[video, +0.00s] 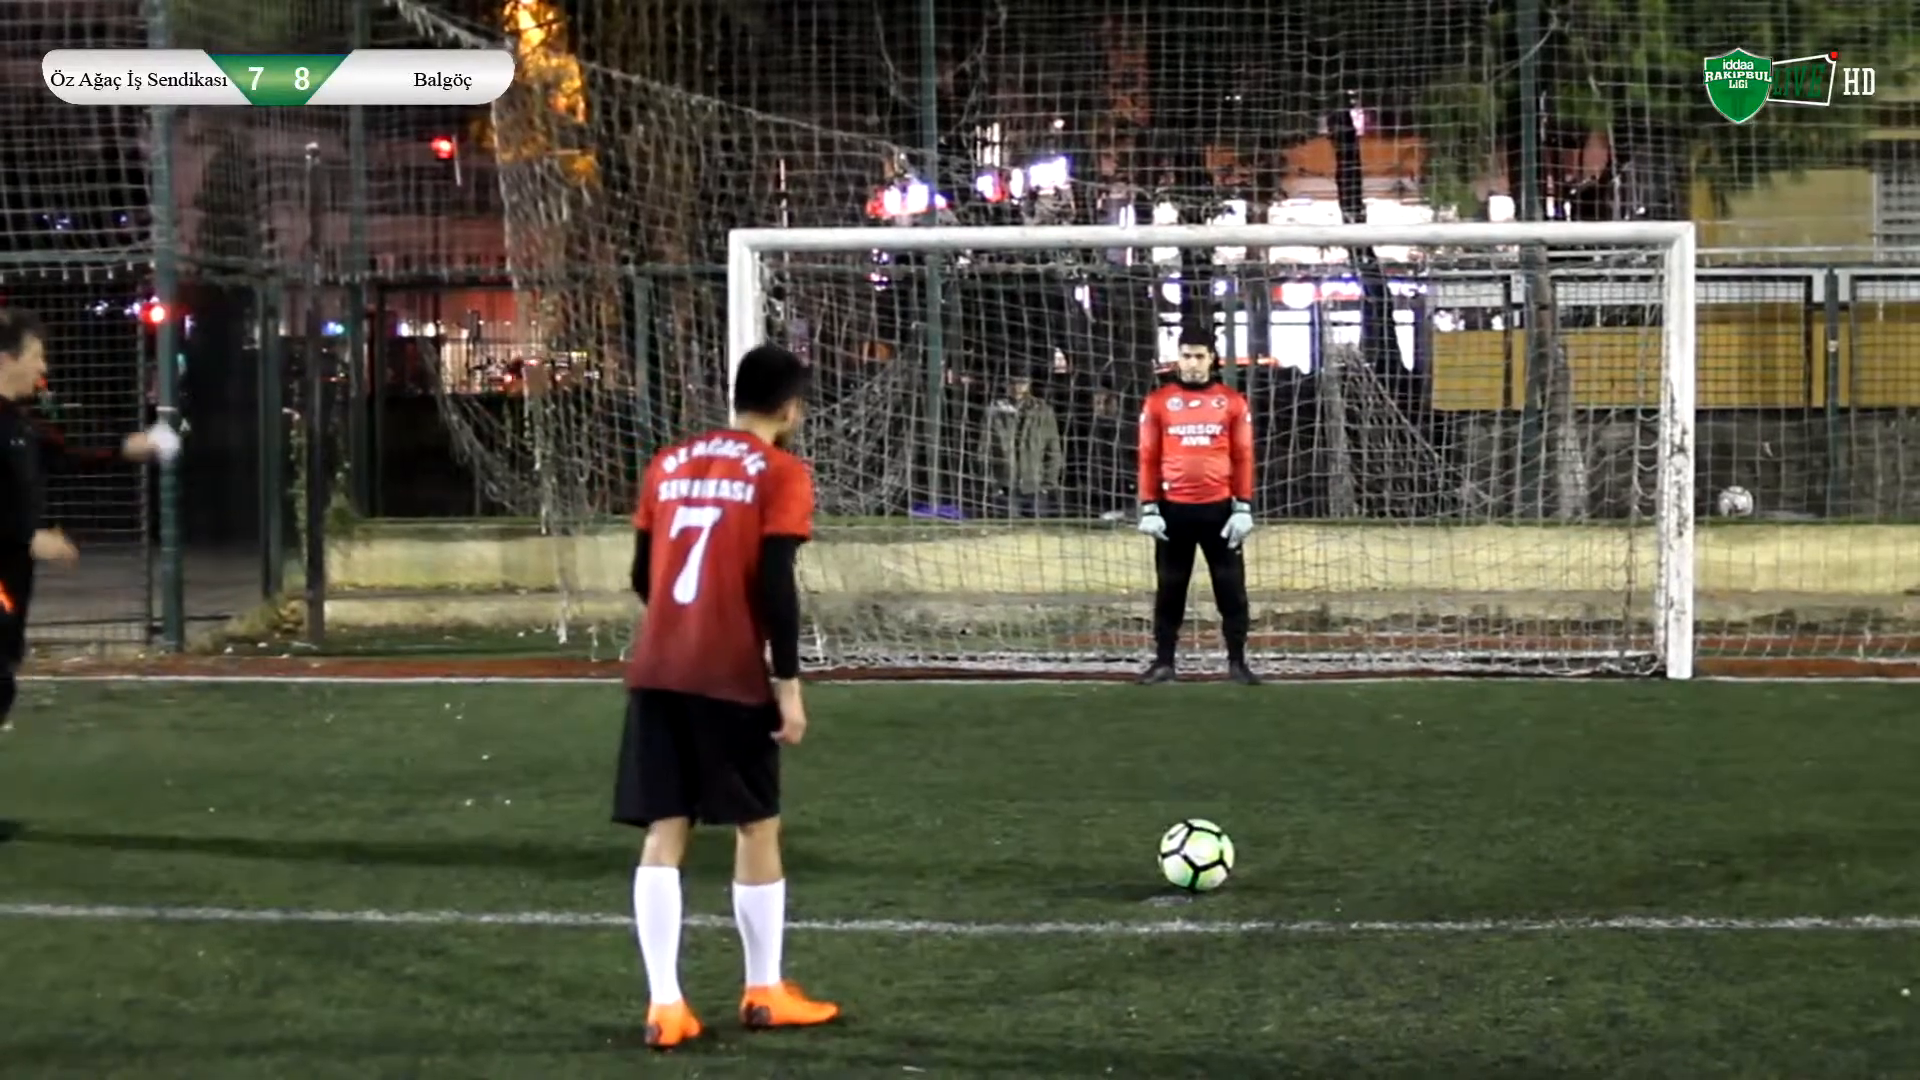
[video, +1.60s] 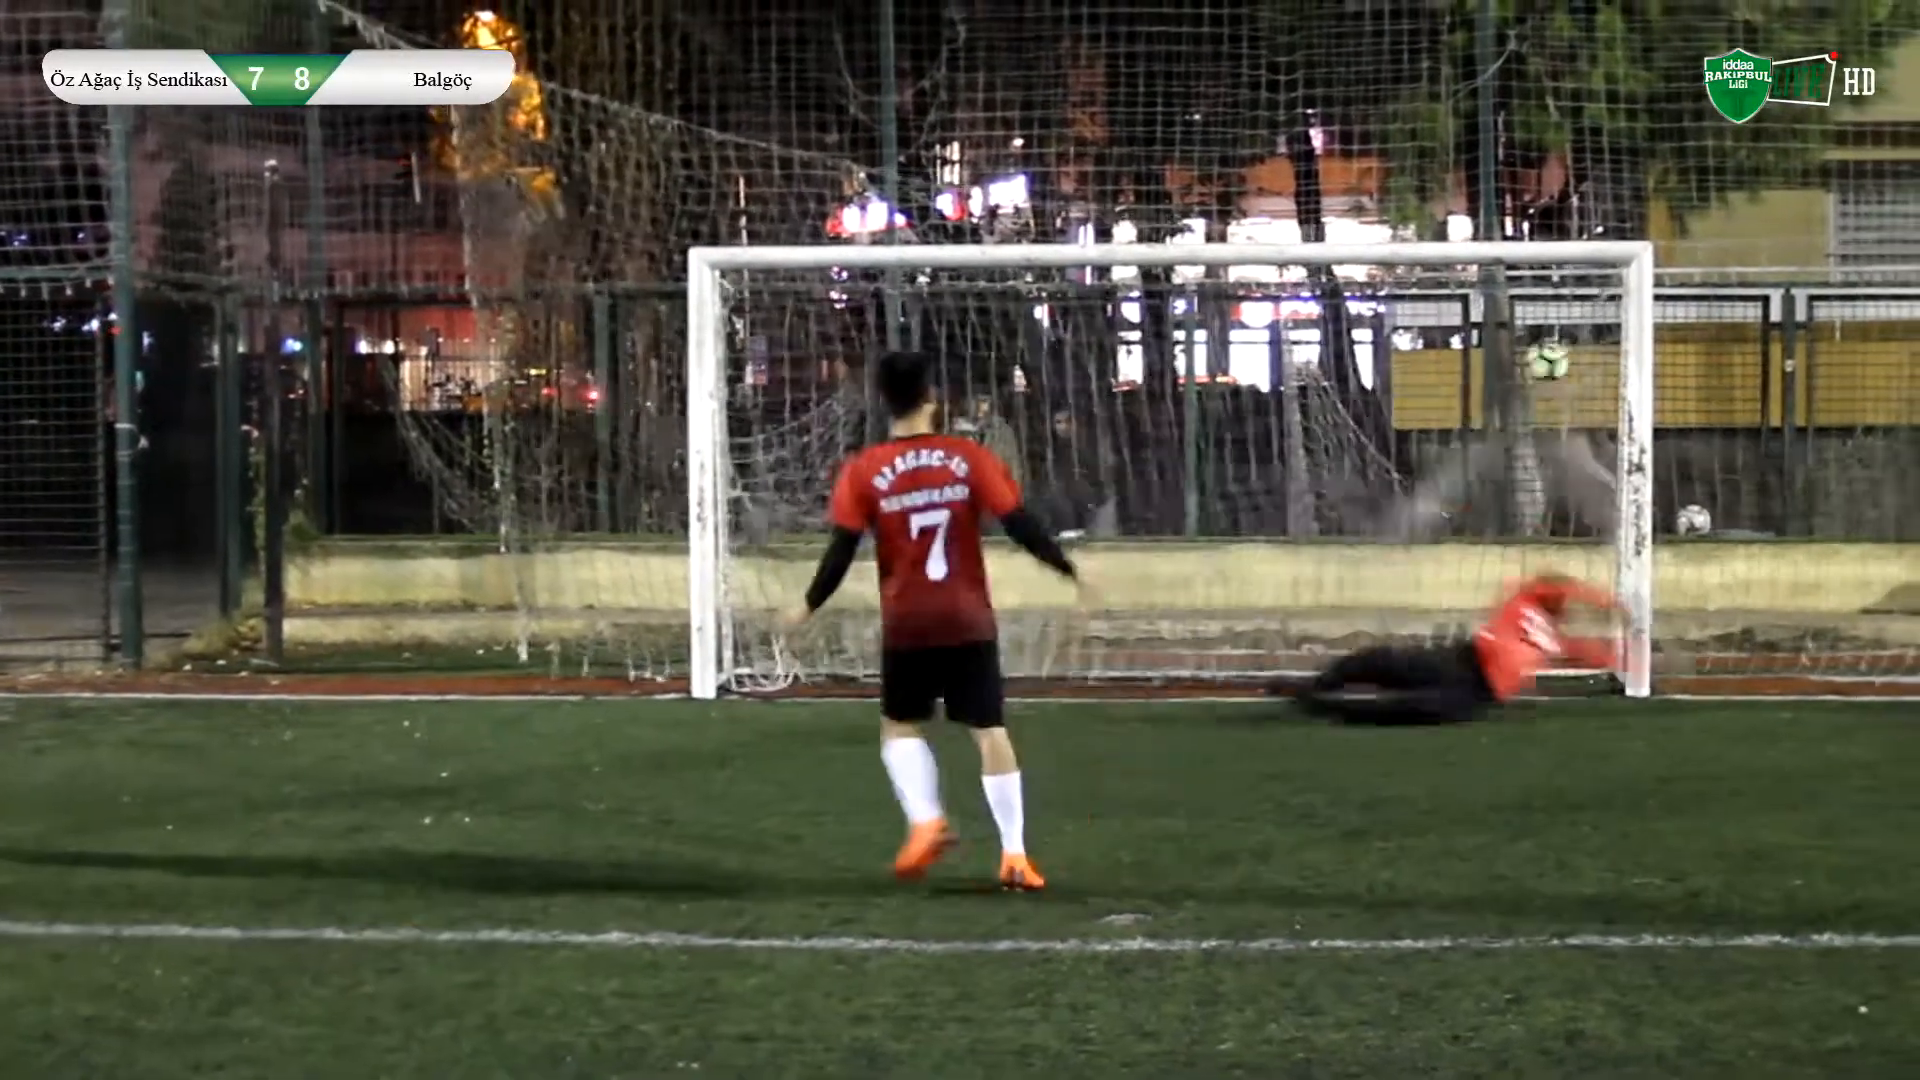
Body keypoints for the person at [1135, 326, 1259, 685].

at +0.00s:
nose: (1192, 363)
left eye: (1199, 356)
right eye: (1186, 356)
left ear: (1212, 360)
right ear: (1177, 359)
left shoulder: (1233, 402)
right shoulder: (1157, 402)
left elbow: (1243, 455)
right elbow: (1148, 456)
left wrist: (1243, 505)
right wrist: (1148, 506)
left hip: (1220, 507)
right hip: (1174, 509)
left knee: (1231, 590)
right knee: (1170, 589)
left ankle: (1237, 661)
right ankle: (1164, 661)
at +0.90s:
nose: (1214, 384)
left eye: (1221, 378)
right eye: (1208, 377)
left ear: (1232, 380)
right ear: (1197, 379)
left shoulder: (1252, 419)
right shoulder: (1179, 416)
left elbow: (1275, 466)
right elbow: (1154, 461)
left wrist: (1303, 505)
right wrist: (1123, 501)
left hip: (1236, 529)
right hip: (1188, 527)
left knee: (1251, 598)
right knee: (1159, 589)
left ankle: (1254, 662)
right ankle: (1150, 661)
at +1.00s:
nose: (1206, 434)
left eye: (1213, 426)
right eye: (1199, 426)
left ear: (1226, 428)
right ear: (1189, 429)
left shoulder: (1250, 458)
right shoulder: (1180, 460)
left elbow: (1277, 498)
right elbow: (1148, 496)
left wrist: (1309, 539)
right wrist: (1111, 525)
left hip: (1246, 545)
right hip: (1199, 545)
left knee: (1270, 592)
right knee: (1159, 602)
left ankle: (1234, 657)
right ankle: (1112, 678)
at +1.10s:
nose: (1210, 474)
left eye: (1217, 465)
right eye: (1203, 465)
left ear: (1229, 467)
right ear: (1193, 469)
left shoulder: (1254, 496)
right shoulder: (1184, 498)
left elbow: (1282, 530)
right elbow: (1150, 530)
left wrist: (1306, 565)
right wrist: (1112, 557)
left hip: (1248, 570)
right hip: (1201, 568)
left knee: (1280, 598)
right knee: (1154, 615)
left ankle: (1244, 671)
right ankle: (1109, 680)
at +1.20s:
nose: (1253, 497)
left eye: (1261, 491)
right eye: (1247, 489)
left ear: (1274, 497)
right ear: (1233, 494)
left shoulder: (1287, 529)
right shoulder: (1217, 522)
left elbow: (1308, 566)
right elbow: (1188, 549)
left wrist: (1319, 579)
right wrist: (1169, 563)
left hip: (1258, 609)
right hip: (1216, 602)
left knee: (1292, 629)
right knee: (1161, 636)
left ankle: (1239, 692)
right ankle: (1098, 686)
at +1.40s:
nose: (1421, 526)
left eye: (1422, 522)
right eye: (1416, 519)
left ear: (1419, 530)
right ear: (1404, 518)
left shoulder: (1415, 563)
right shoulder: (1372, 540)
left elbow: (1460, 572)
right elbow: (1383, 521)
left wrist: (1482, 546)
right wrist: (1427, 505)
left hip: (1337, 651)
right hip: (1310, 626)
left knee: (1339, 707)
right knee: (1234, 661)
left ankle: (1263, 705)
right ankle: (1150, 694)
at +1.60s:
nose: (1562, 609)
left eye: (1566, 607)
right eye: (1556, 601)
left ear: (1565, 614)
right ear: (1544, 596)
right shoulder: (1525, 602)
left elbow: (1592, 656)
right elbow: (1561, 588)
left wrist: (1623, 648)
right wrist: (1609, 601)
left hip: (1478, 693)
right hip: (1462, 659)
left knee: (1412, 707)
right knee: (1387, 661)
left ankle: (1339, 712)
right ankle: (1325, 681)